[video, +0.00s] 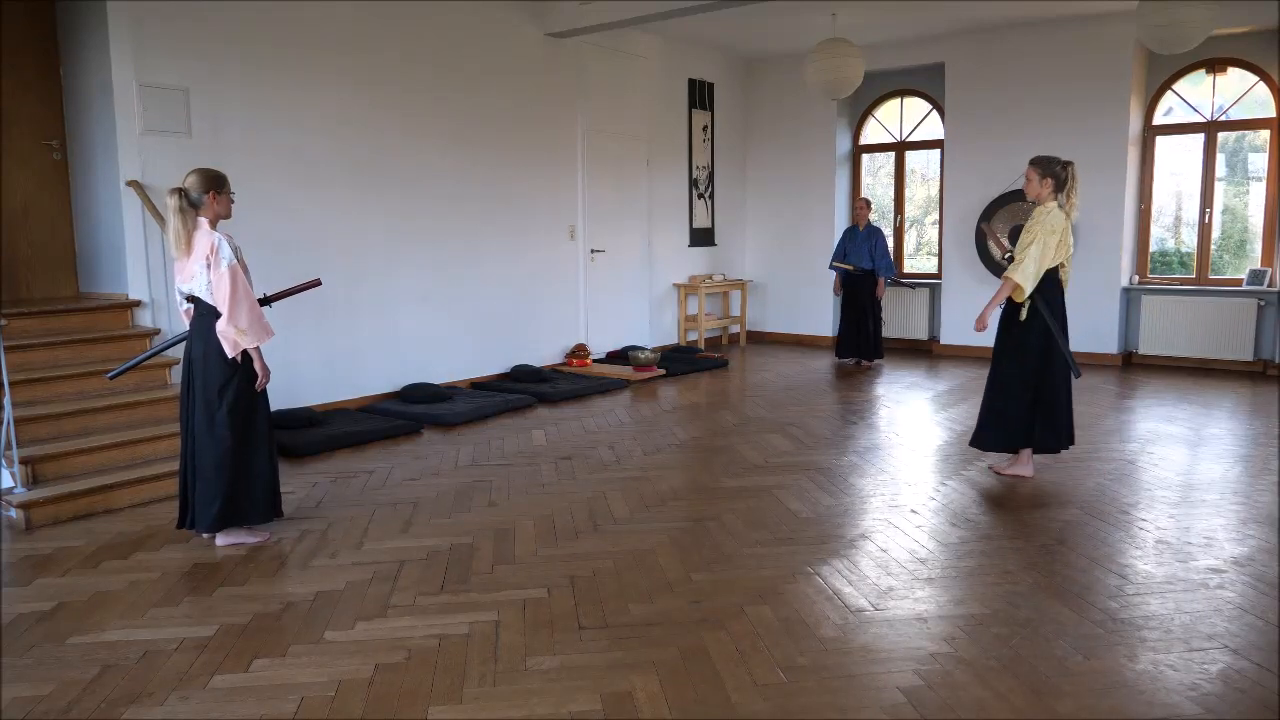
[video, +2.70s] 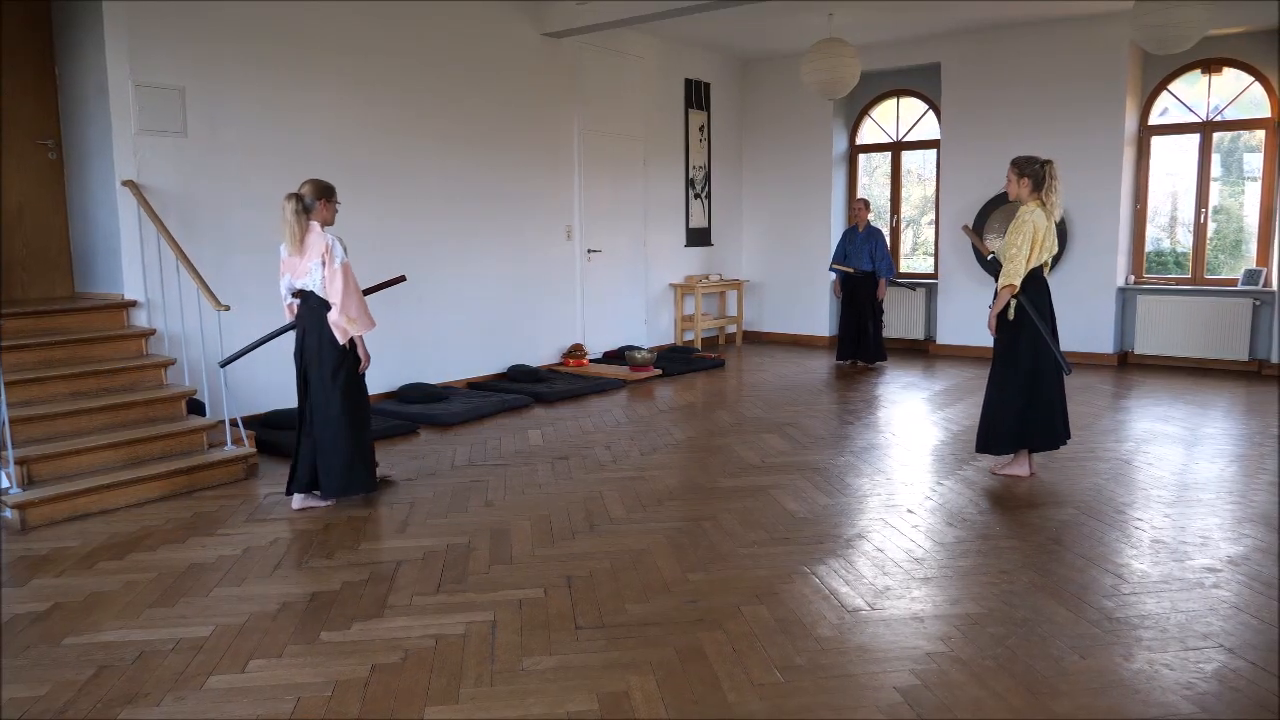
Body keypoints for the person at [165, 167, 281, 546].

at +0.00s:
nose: (233, 200)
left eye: (231, 194)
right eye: (229, 194)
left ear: (203, 199)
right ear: (212, 198)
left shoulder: (185, 241)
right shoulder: (218, 242)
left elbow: (186, 304)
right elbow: (235, 304)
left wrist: (207, 330)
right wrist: (255, 352)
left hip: (200, 343)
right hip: (225, 344)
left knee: (210, 432)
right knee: (233, 433)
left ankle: (212, 521)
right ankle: (231, 526)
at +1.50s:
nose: (237, 206)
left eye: (236, 199)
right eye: (234, 200)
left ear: (203, 202)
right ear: (219, 202)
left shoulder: (186, 245)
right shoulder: (224, 244)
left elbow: (185, 303)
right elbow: (242, 304)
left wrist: (201, 334)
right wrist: (264, 349)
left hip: (201, 340)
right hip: (232, 339)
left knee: (213, 425)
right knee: (260, 415)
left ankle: (216, 515)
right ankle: (276, 502)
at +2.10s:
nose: (288, 205)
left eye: (286, 199)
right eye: (285, 200)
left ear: (256, 203)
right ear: (271, 202)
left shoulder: (237, 245)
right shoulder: (280, 242)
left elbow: (236, 301)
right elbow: (294, 299)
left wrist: (252, 327)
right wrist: (312, 344)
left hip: (251, 332)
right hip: (281, 332)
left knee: (247, 413)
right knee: (298, 411)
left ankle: (221, 500)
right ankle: (306, 493)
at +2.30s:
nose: (305, 204)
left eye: (304, 199)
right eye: (302, 199)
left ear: (275, 201)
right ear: (289, 201)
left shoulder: (254, 244)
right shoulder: (298, 240)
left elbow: (256, 298)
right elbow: (314, 297)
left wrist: (273, 324)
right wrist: (333, 339)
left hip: (272, 330)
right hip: (302, 330)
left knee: (275, 406)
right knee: (309, 408)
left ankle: (254, 486)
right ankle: (305, 493)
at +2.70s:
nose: (337, 210)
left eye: (336, 204)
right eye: (335, 204)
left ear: (310, 206)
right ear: (322, 206)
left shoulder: (290, 246)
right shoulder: (329, 242)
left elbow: (290, 301)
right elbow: (342, 298)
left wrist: (307, 325)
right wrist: (358, 340)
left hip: (306, 331)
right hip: (331, 330)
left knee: (314, 408)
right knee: (340, 406)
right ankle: (305, 491)